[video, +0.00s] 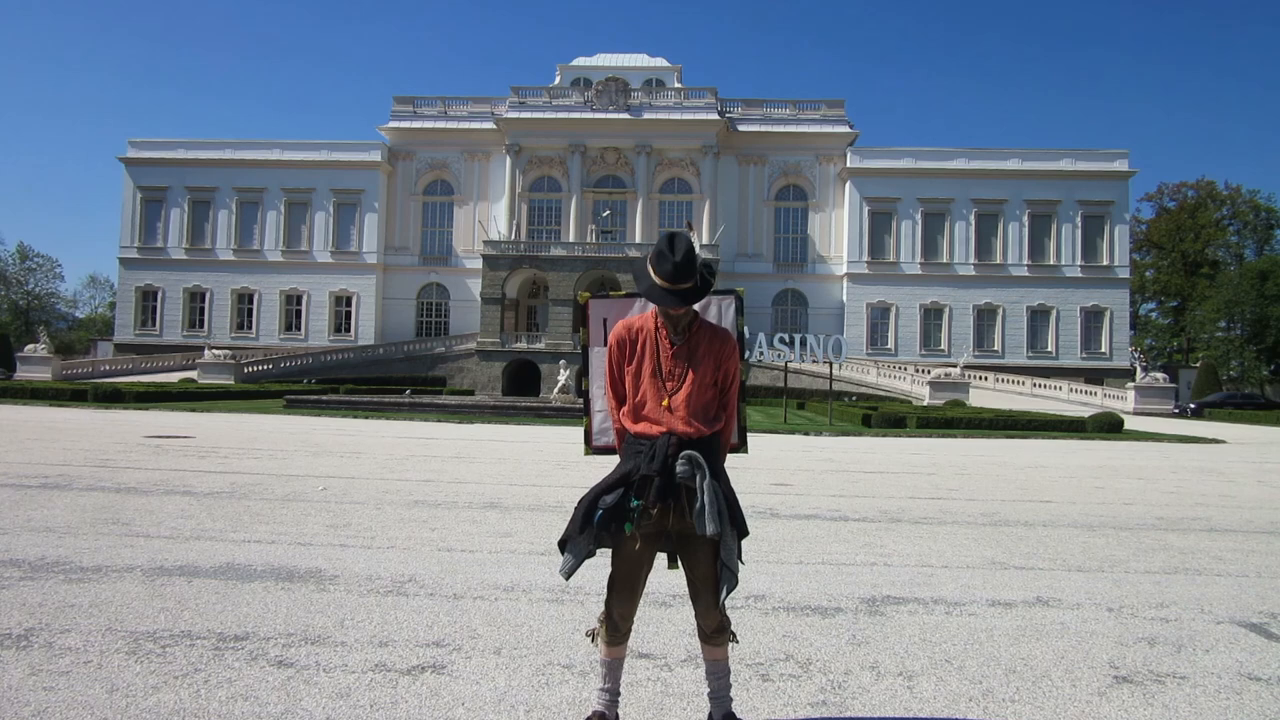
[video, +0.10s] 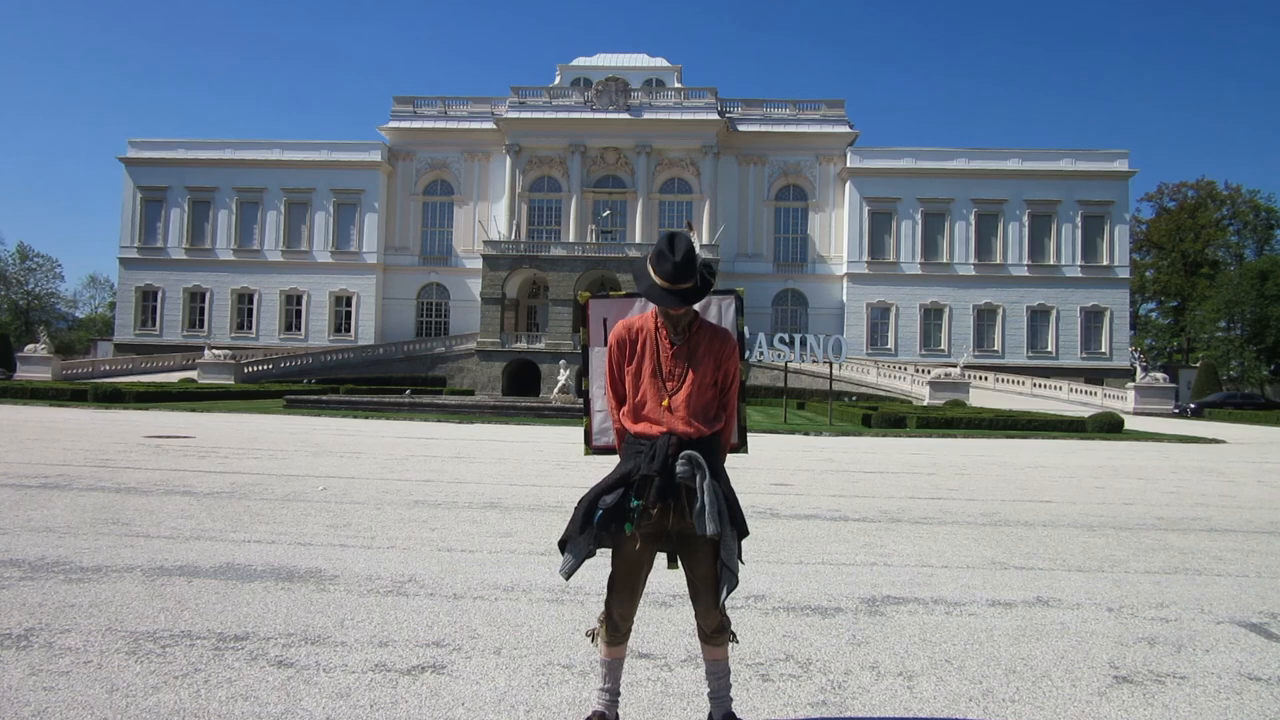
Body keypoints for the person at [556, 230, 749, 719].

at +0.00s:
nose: (677, 307)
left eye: (685, 298)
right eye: (668, 299)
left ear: (698, 293)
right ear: (653, 290)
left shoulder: (722, 343)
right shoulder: (625, 336)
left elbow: (726, 425)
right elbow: (618, 415)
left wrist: (699, 469)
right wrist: (655, 457)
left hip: (699, 488)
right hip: (640, 485)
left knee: (709, 605)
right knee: (620, 603)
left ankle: (721, 705)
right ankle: (607, 701)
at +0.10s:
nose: (677, 307)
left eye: (685, 298)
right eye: (668, 298)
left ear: (698, 292)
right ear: (653, 290)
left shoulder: (722, 343)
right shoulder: (625, 336)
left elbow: (726, 425)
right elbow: (618, 415)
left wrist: (699, 469)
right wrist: (655, 457)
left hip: (699, 488)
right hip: (640, 485)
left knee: (709, 605)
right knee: (620, 604)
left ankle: (721, 705)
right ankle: (607, 701)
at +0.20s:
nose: (677, 307)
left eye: (685, 298)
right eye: (668, 298)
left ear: (698, 292)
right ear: (653, 290)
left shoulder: (722, 343)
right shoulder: (625, 336)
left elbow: (726, 425)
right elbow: (618, 416)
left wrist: (698, 468)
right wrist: (655, 457)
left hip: (699, 488)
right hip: (640, 485)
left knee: (710, 605)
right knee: (620, 604)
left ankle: (721, 705)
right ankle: (607, 701)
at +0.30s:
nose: (677, 307)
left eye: (685, 298)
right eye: (668, 298)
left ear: (698, 292)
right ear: (653, 290)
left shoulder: (722, 343)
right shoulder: (625, 336)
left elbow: (726, 425)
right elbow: (618, 416)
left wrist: (698, 469)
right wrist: (654, 458)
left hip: (699, 488)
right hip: (640, 485)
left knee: (710, 605)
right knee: (620, 603)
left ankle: (721, 705)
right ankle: (607, 701)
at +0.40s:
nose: (677, 307)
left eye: (685, 298)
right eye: (668, 299)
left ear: (698, 292)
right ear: (653, 290)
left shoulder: (722, 343)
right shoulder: (625, 336)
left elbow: (726, 425)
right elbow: (618, 415)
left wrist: (699, 469)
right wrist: (654, 458)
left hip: (699, 488)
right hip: (640, 485)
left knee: (710, 605)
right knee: (620, 604)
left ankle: (721, 705)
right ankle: (607, 701)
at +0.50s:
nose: (677, 308)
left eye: (685, 300)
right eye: (668, 300)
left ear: (698, 293)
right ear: (653, 291)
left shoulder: (721, 344)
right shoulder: (624, 336)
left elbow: (729, 426)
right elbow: (617, 416)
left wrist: (718, 490)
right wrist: (643, 465)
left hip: (699, 490)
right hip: (639, 488)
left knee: (709, 606)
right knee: (620, 604)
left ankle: (721, 705)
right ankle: (607, 701)